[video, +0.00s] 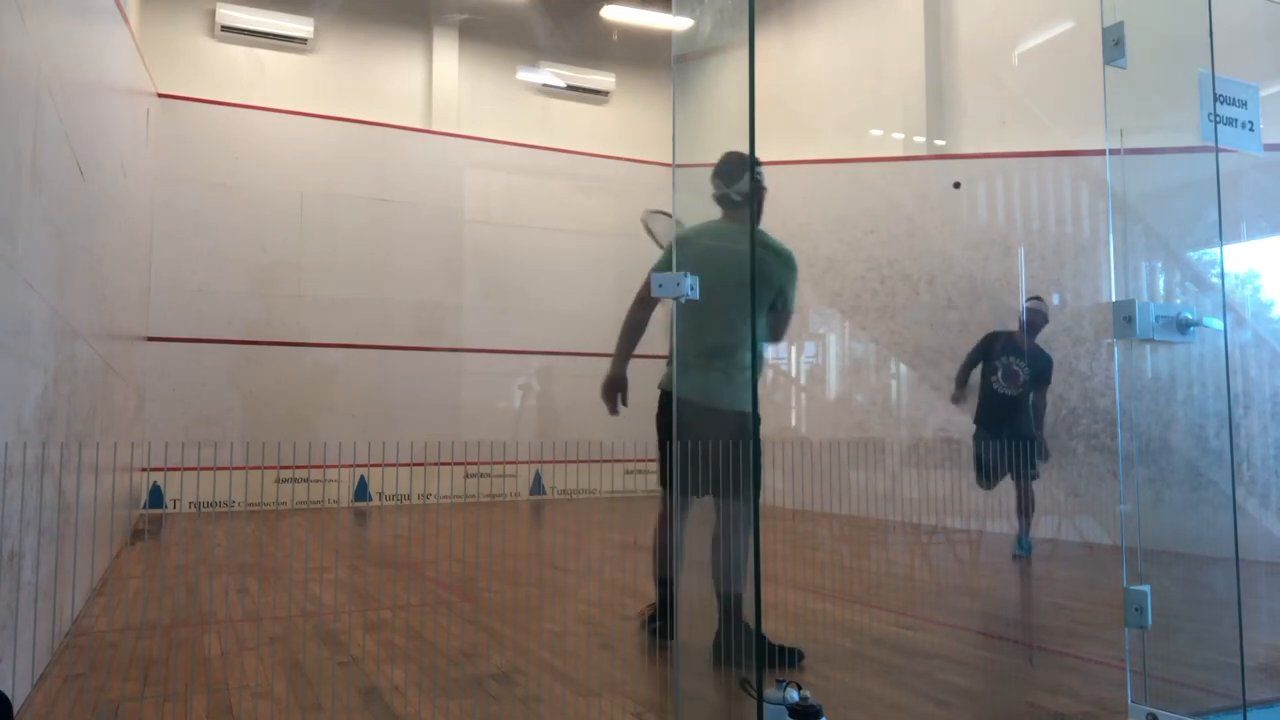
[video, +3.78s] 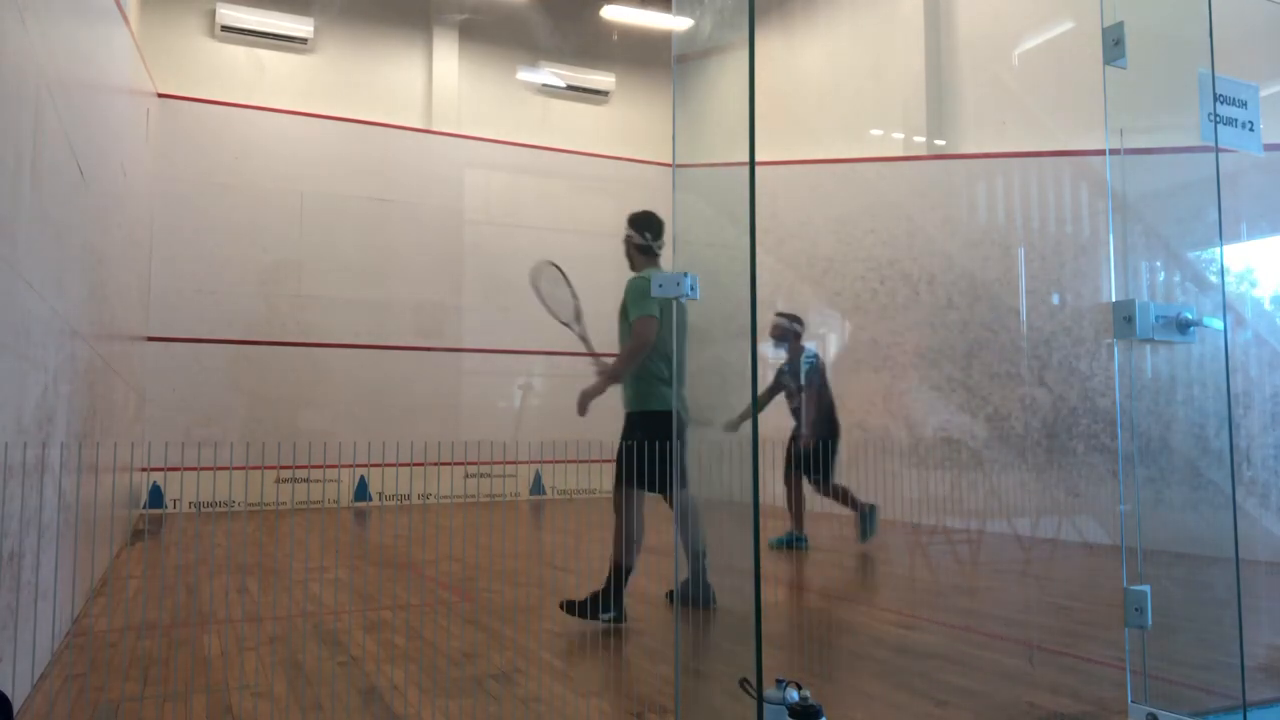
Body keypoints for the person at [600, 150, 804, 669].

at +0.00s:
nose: (765, 198)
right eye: (763, 189)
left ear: (715, 194)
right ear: (760, 194)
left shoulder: (687, 242)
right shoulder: (777, 256)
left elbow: (644, 304)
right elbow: (776, 330)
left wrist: (617, 367)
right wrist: (734, 306)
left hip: (679, 403)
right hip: (734, 409)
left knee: (674, 505)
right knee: (735, 516)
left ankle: (663, 614)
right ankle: (734, 631)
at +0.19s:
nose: (695, 206)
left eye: (690, 198)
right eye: (712, 197)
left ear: (684, 198)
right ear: (729, 199)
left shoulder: (665, 249)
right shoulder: (754, 260)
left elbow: (637, 316)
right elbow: (747, 328)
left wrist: (621, 379)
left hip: (665, 407)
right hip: (724, 412)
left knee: (658, 514)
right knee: (729, 520)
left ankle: (654, 624)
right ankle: (734, 630)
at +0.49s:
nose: (643, 208)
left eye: (640, 201)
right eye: (658, 201)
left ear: (638, 203)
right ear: (679, 203)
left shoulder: (622, 256)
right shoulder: (702, 263)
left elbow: (595, 327)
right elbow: (713, 342)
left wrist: (583, 392)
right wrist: (693, 383)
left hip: (638, 408)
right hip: (691, 411)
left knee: (643, 514)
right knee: (704, 510)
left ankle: (652, 623)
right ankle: (710, 616)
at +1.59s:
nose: (606, 244)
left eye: (594, 236)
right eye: (622, 235)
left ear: (591, 239)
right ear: (629, 238)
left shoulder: (577, 284)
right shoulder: (649, 284)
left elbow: (560, 350)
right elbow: (667, 343)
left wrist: (552, 406)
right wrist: (666, 387)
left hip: (592, 416)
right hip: (639, 417)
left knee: (593, 501)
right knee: (643, 503)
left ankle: (596, 590)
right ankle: (643, 594)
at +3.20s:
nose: (660, 252)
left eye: (660, 247)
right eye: (666, 247)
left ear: (658, 246)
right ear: (689, 247)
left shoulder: (653, 285)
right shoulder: (708, 295)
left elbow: (636, 337)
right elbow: (729, 354)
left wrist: (608, 388)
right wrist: (742, 395)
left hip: (662, 411)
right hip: (701, 413)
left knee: (643, 490)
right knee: (698, 494)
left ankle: (646, 588)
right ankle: (701, 584)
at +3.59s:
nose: (646, 250)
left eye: (647, 244)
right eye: (649, 244)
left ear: (651, 245)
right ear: (679, 246)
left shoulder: (651, 282)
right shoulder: (696, 291)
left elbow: (648, 331)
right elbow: (712, 355)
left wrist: (614, 388)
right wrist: (684, 384)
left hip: (657, 409)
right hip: (691, 411)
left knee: (628, 489)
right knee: (694, 495)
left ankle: (639, 586)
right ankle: (700, 584)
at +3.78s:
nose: (624, 248)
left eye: (626, 242)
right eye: (627, 242)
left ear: (632, 244)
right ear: (658, 246)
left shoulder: (641, 284)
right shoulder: (669, 287)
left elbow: (643, 340)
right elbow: (661, 351)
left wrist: (599, 387)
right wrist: (618, 367)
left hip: (647, 412)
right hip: (669, 410)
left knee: (625, 499)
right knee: (679, 497)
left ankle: (610, 597)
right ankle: (699, 583)